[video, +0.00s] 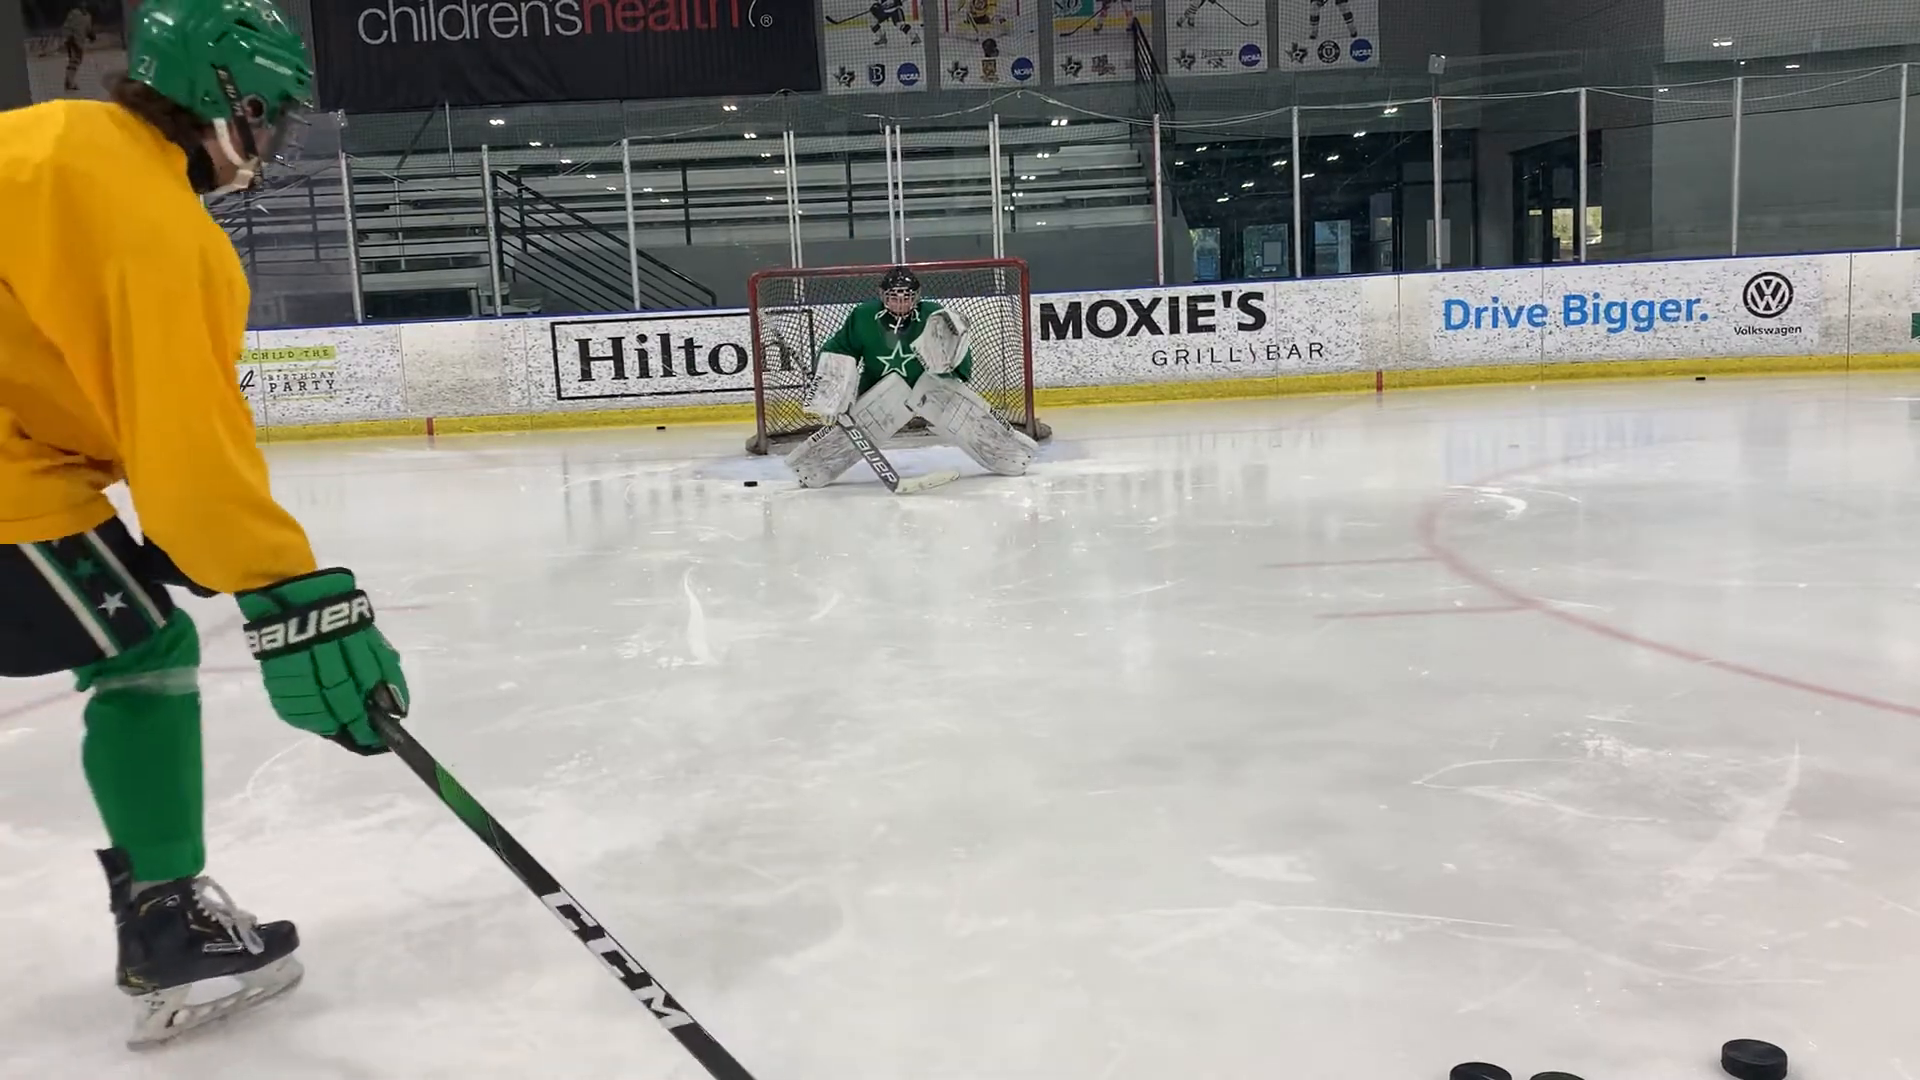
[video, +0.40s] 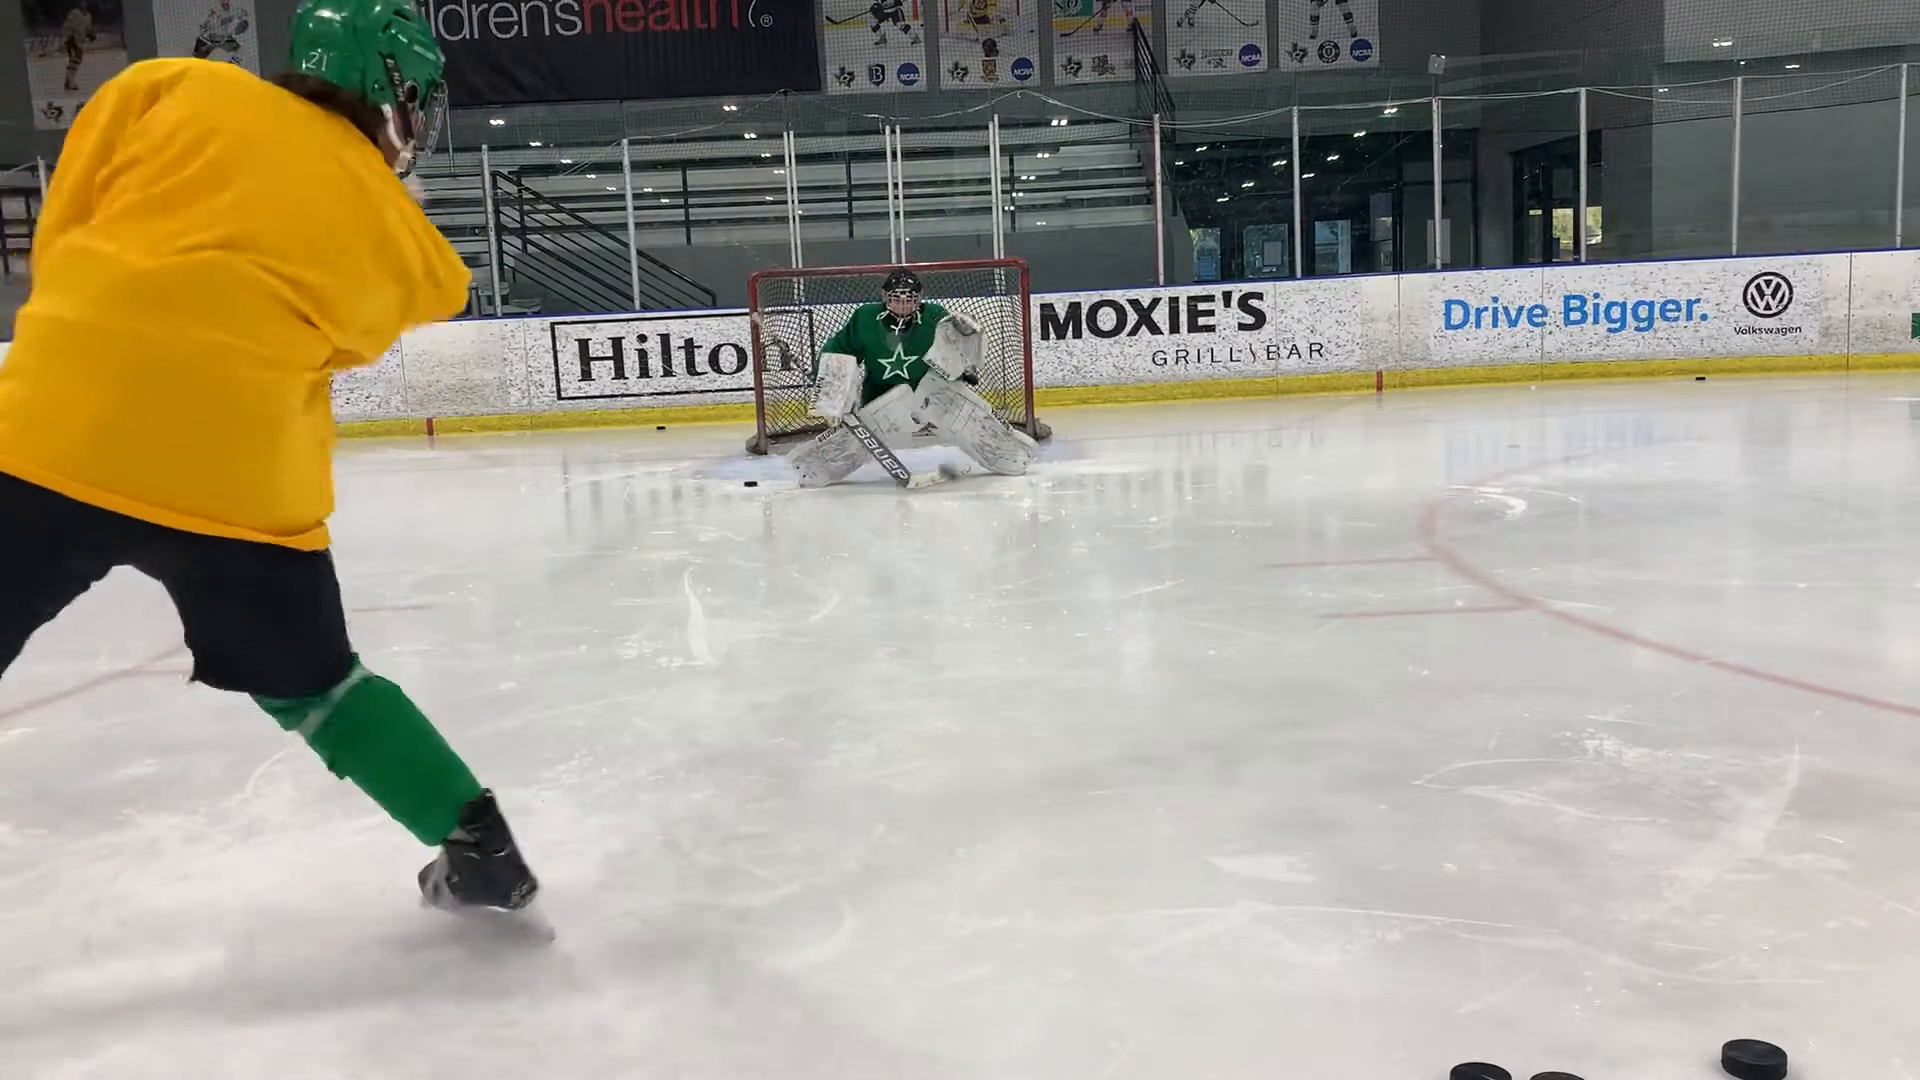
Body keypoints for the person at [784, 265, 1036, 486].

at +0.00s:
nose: (900, 302)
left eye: (906, 296)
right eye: (894, 296)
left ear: (916, 296)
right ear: (883, 296)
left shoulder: (934, 315)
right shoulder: (863, 318)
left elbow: (962, 371)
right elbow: (835, 352)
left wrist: (952, 346)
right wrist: (833, 388)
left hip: (930, 388)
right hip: (882, 391)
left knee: (964, 418)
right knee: (855, 430)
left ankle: (1009, 454)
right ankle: (814, 467)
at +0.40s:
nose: (902, 305)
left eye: (907, 298)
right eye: (896, 298)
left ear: (918, 298)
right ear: (886, 298)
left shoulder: (936, 317)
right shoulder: (865, 319)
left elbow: (964, 370)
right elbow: (834, 352)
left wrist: (962, 347)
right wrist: (834, 388)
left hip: (931, 402)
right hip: (880, 408)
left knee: (961, 410)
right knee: (853, 437)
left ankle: (1008, 453)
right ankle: (815, 467)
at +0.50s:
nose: (906, 308)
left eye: (912, 302)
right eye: (900, 302)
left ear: (920, 300)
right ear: (889, 300)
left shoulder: (938, 321)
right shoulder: (865, 319)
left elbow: (963, 365)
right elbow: (834, 355)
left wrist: (982, 358)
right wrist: (847, 379)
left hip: (935, 418)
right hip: (883, 419)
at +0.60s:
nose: (916, 314)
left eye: (921, 308)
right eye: (909, 309)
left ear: (927, 305)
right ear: (893, 306)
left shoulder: (944, 327)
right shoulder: (870, 326)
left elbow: (957, 369)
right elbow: (842, 364)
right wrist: (858, 391)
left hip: (938, 424)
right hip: (888, 426)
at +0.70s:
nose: (930, 321)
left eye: (934, 314)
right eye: (922, 316)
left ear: (939, 310)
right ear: (905, 313)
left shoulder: (951, 340)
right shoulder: (881, 327)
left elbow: (958, 391)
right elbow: (849, 366)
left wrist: (969, 423)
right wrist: (862, 403)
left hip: (935, 430)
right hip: (885, 427)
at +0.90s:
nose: (932, 322)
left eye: (937, 315)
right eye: (925, 316)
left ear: (943, 312)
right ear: (910, 313)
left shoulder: (955, 341)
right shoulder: (884, 332)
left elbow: (961, 392)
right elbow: (853, 365)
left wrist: (975, 422)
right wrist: (863, 402)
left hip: (942, 429)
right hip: (893, 427)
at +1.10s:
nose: (914, 299)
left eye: (918, 293)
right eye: (907, 293)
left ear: (925, 292)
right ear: (893, 294)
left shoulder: (941, 319)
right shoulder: (869, 322)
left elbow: (964, 365)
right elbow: (840, 372)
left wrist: (983, 389)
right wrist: (858, 394)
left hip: (945, 424)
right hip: (889, 427)